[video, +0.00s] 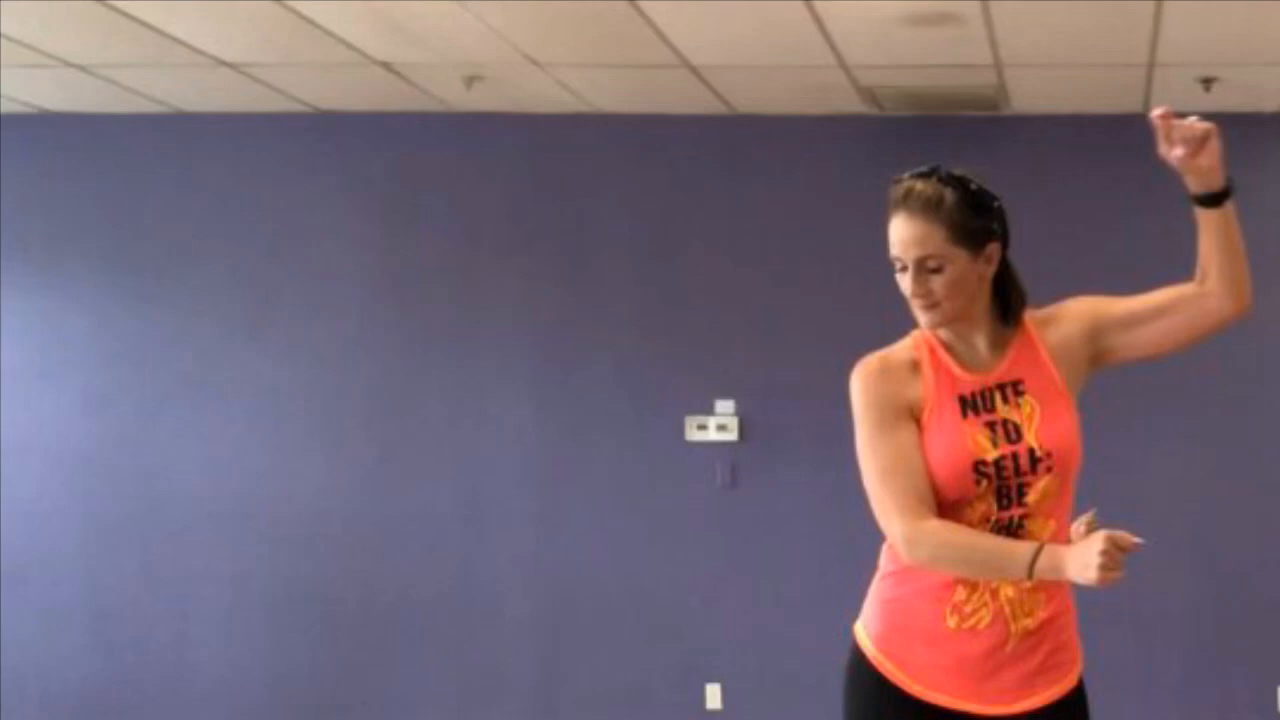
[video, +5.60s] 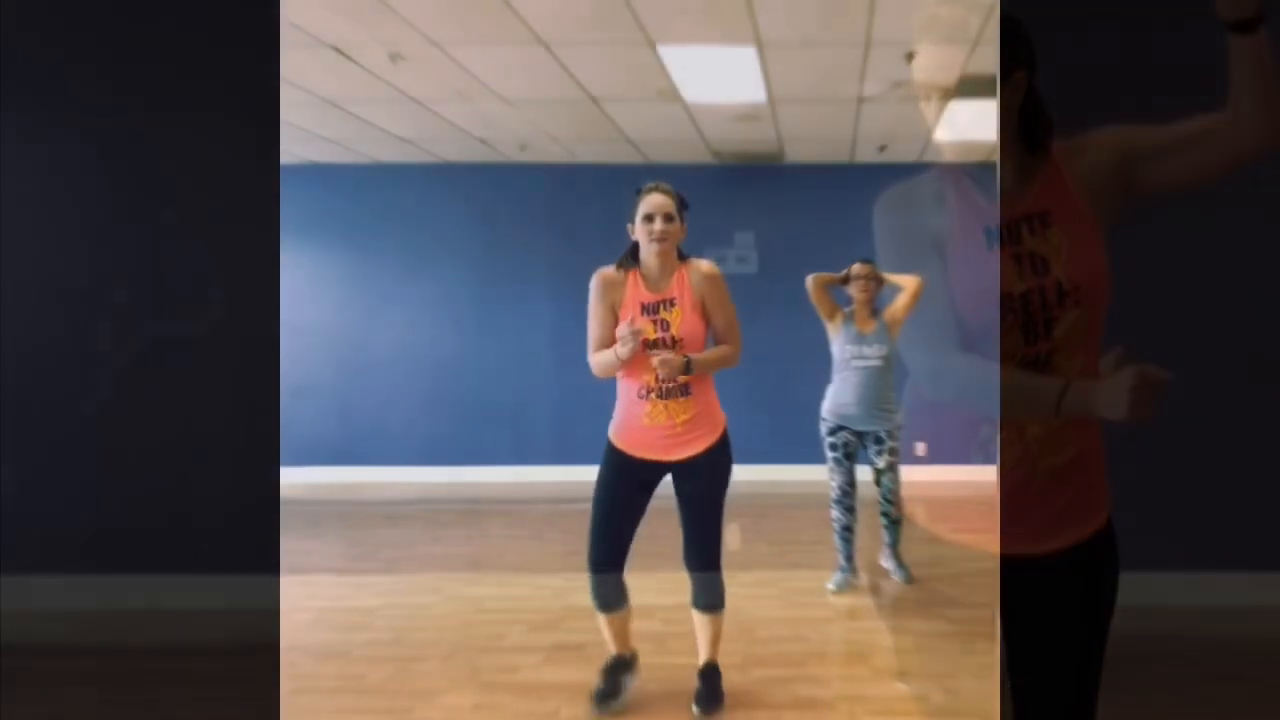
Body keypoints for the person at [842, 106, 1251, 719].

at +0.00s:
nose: (912, 289)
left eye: (931, 267)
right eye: (900, 269)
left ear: (990, 257)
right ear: (891, 266)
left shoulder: (1070, 336)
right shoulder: (885, 380)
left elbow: (1225, 296)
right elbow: (913, 535)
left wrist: (1208, 186)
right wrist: (1057, 560)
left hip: (1037, 684)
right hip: (905, 684)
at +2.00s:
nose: (922, 226)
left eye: (941, 207)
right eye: (910, 208)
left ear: (999, 194)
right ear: (900, 203)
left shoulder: (1079, 275)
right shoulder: (894, 319)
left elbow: (1236, 235)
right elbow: (922, 476)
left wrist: (1220, 125)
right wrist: (1066, 500)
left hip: (1046, 631)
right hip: (914, 630)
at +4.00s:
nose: (929, 166)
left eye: (948, 144)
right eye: (916, 145)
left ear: (1007, 134)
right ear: (907, 142)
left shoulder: (1089, 215)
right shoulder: (902, 258)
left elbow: (1246, 175)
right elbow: (931, 417)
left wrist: (1230, 61)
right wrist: (1077, 443)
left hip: (1056, 573)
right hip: (923, 573)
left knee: (1055, 711)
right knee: (935, 707)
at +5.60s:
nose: (978, 99)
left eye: (993, 79)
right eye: (959, 81)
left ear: (1021, 82)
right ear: (929, 90)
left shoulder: (1088, 166)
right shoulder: (911, 208)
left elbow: (1249, 129)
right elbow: (934, 370)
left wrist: (1244, 28)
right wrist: (1087, 398)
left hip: (1069, 534)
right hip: (957, 538)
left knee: (1061, 712)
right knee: (957, 712)